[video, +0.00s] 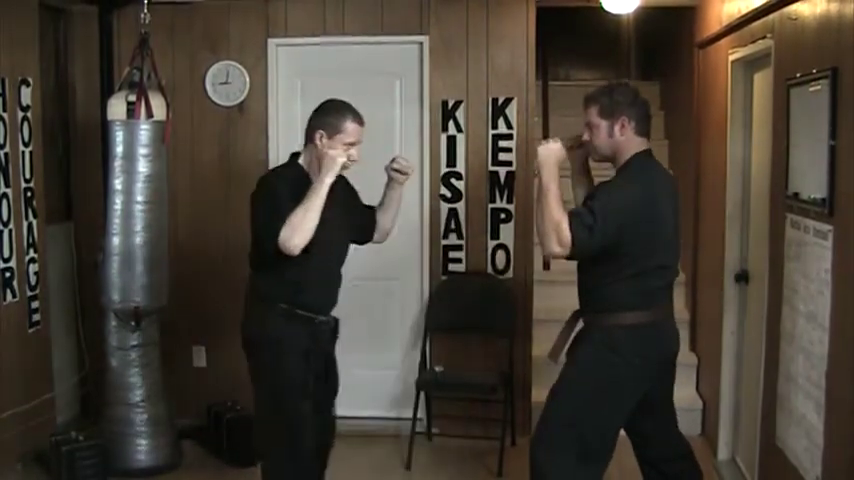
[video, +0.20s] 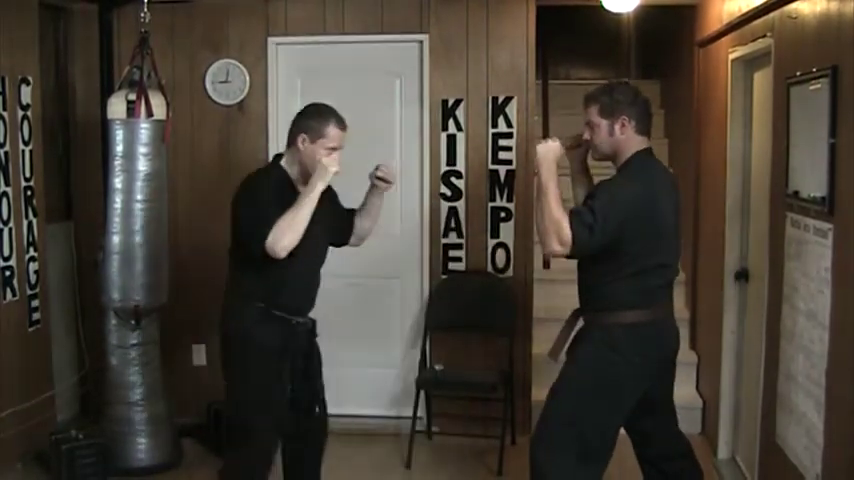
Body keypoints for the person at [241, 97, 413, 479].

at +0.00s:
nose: (355, 155)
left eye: (357, 146)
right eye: (347, 146)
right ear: (319, 140)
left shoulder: (339, 189)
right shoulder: (276, 184)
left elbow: (377, 231)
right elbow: (291, 241)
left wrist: (394, 186)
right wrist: (325, 178)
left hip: (319, 329)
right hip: (277, 327)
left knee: (318, 436)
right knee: (288, 441)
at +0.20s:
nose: (336, 161)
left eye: (339, 151)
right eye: (330, 150)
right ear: (300, 143)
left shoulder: (317, 192)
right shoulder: (258, 188)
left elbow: (353, 234)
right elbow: (278, 244)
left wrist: (376, 191)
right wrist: (316, 187)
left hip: (298, 331)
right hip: (254, 331)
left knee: (309, 431)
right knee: (255, 438)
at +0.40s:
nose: (302, 161)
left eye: (305, 152)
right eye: (297, 150)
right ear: (269, 146)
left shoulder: (278, 194)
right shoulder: (229, 192)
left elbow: (318, 234)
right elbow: (260, 246)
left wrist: (340, 193)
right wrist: (290, 183)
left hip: (274, 335)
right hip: (228, 336)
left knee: (302, 435)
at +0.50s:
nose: (285, 163)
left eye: (288, 154)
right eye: (280, 152)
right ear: (252, 148)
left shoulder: (262, 196)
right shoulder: (211, 194)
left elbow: (302, 239)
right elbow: (243, 249)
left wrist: (322, 196)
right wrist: (273, 187)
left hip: (259, 339)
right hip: (212, 338)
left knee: (293, 431)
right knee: (187, 435)